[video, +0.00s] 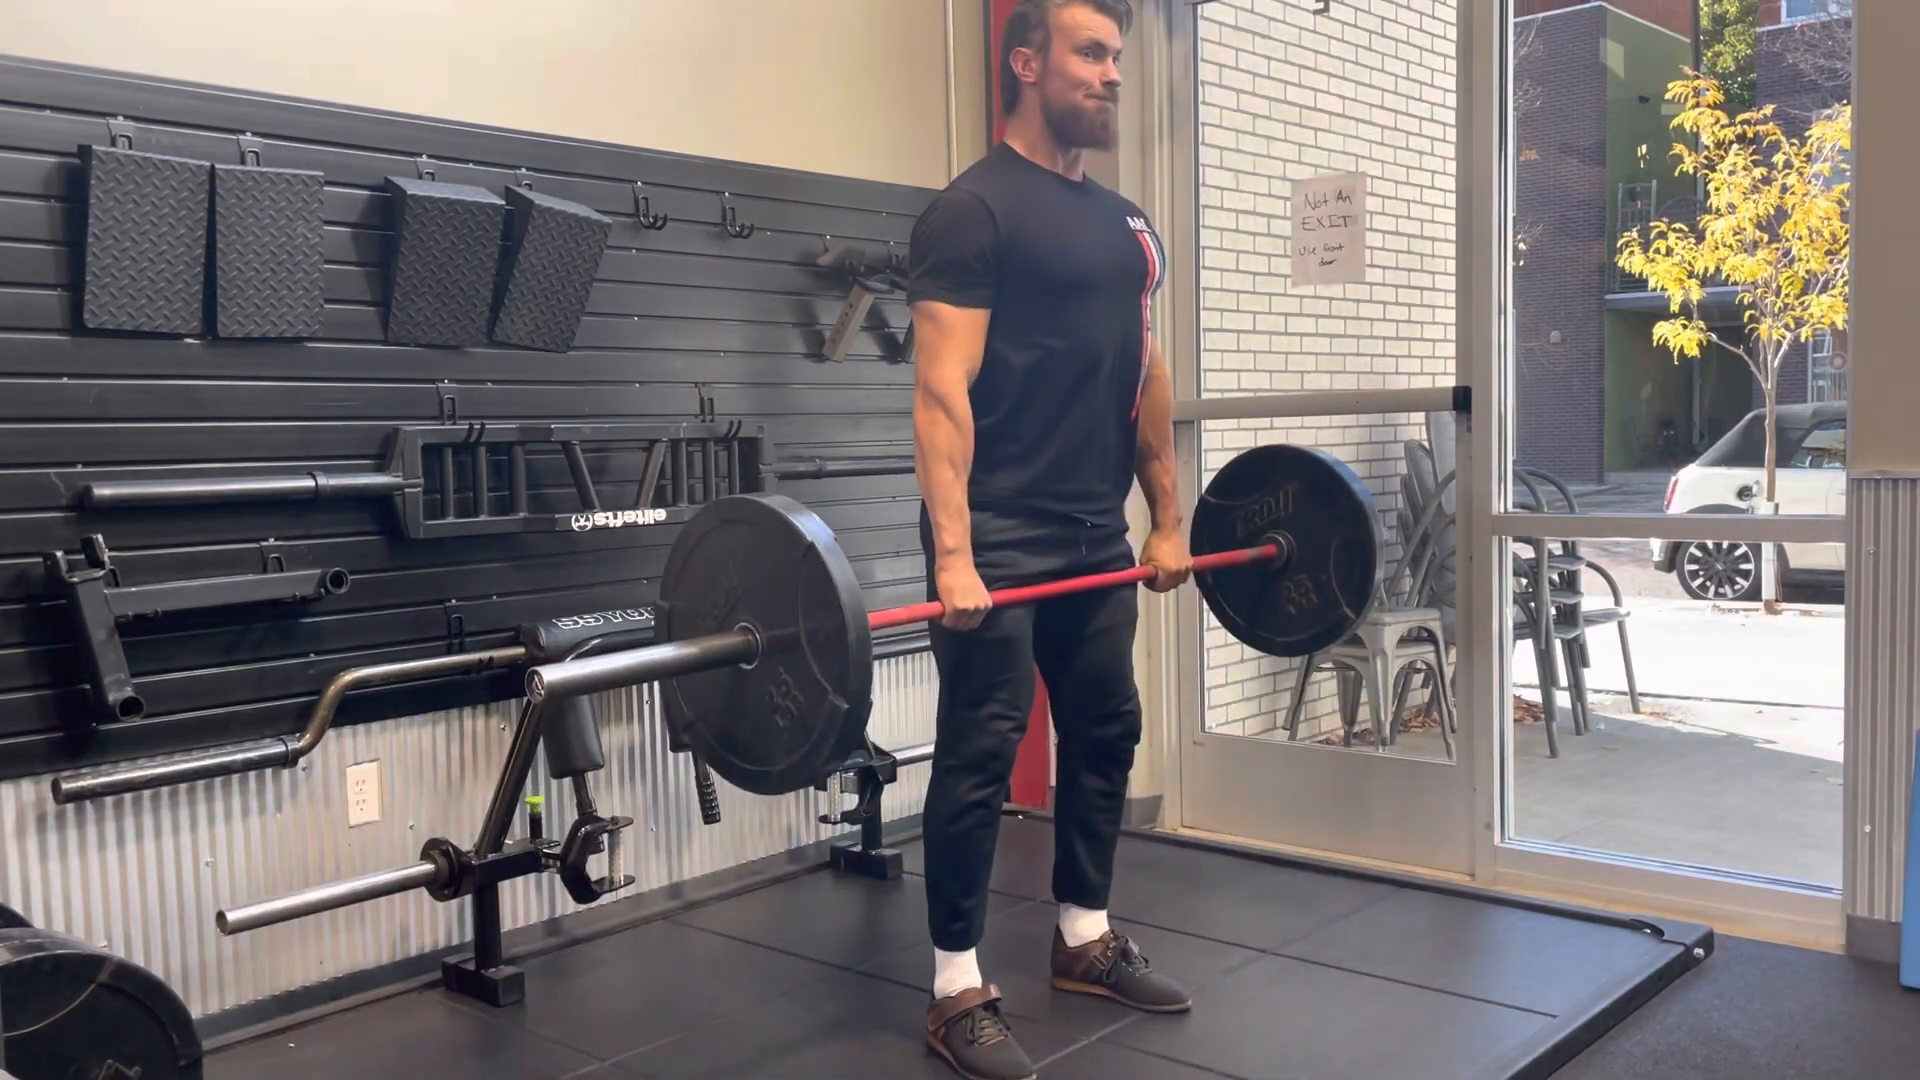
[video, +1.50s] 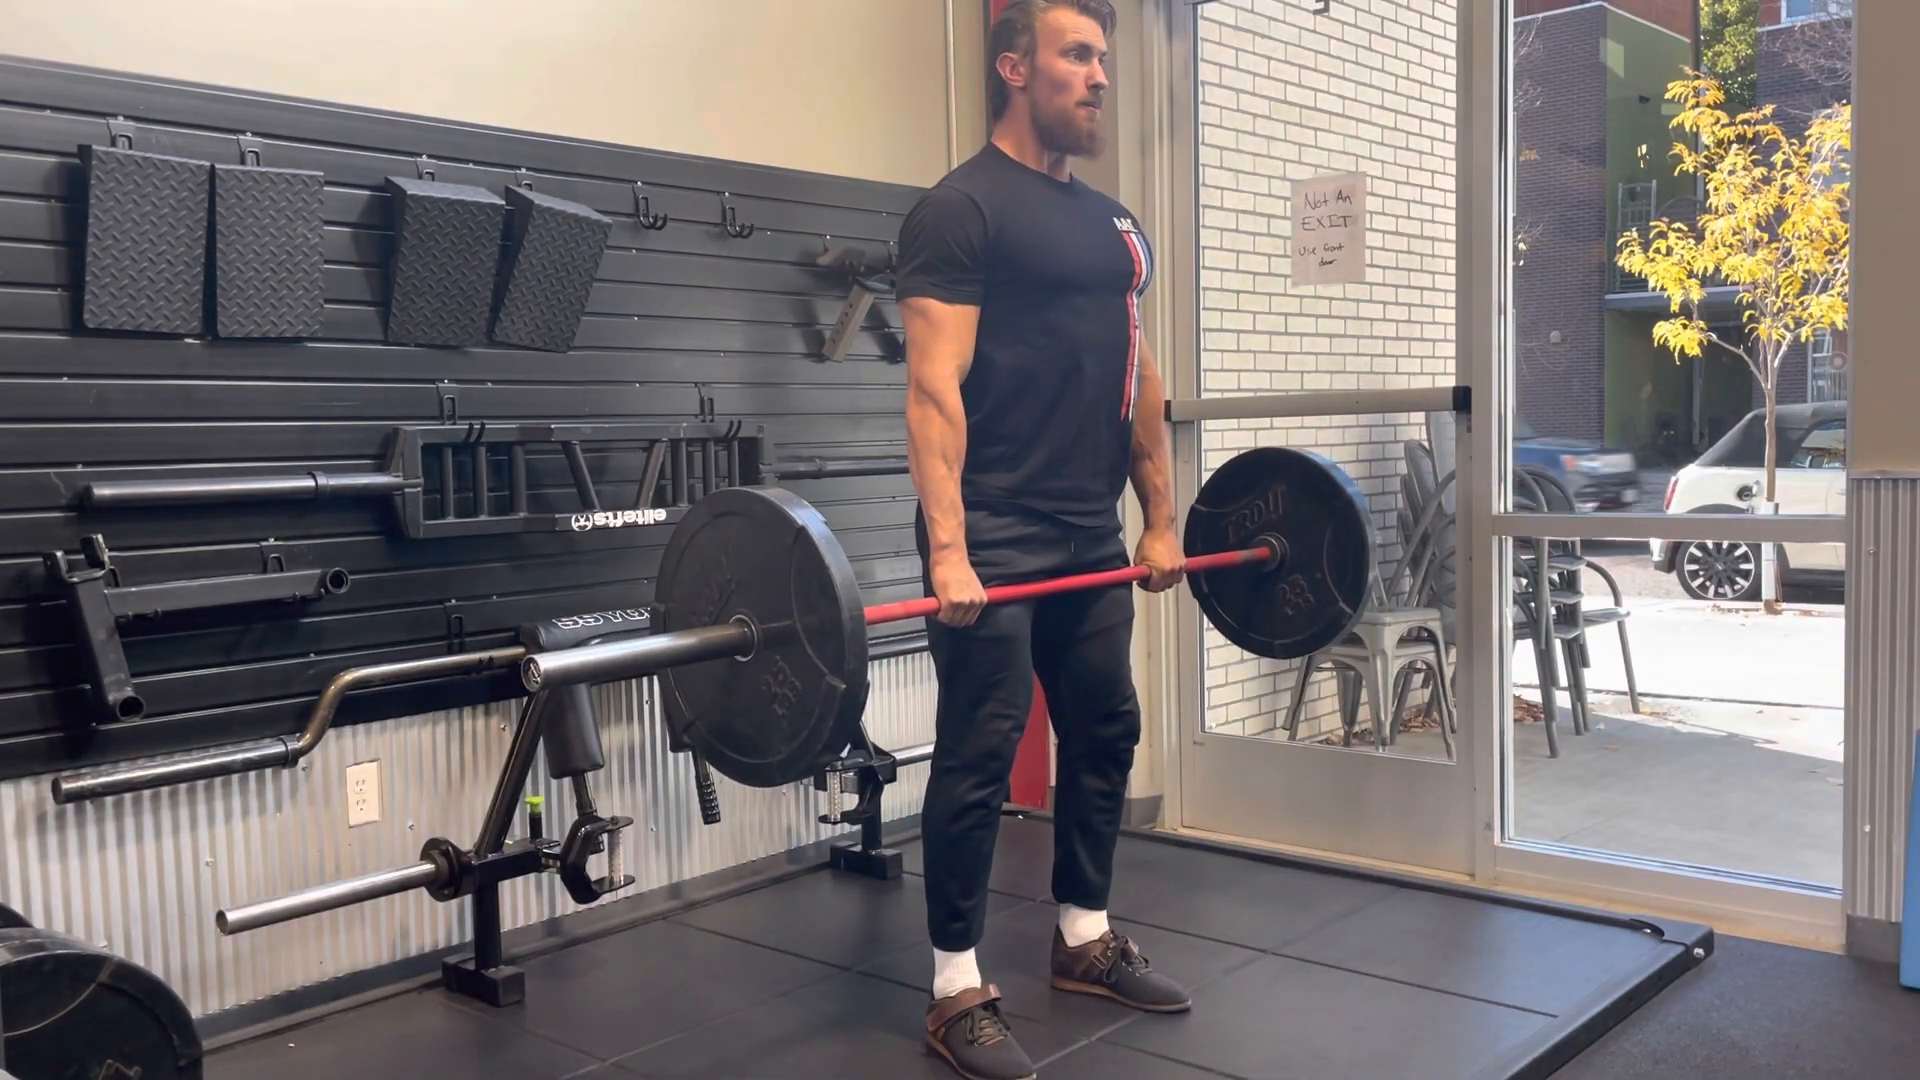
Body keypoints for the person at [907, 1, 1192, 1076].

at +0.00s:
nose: (1113, 76)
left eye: (1117, 58)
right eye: (1092, 53)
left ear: (1111, 74)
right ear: (1022, 63)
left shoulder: (1127, 223)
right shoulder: (969, 210)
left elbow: (1145, 379)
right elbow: (940, 399)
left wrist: (1168, 516)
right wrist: (952, 553)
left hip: (1094, 529)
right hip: (991, 534)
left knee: (1103, 733)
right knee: (982, 750)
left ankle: (1084, 939)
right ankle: (956, 987)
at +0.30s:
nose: (1111, 76)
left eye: (1117, 58)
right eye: (1090, 53)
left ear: (1113, 77)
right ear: (1021, 66)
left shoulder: (1127, 225)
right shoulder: (969, 209)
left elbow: (1144, 379)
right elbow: (940, 397)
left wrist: (1168, 516)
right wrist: (952, 551)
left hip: (1092, 529)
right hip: (989, 534)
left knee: (1105, 730)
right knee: (984, 747)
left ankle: (1084, 939)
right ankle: (956, 986)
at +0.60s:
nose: (1110, 77)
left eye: (1114, 60)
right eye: (1089, 54)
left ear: (1107, 79)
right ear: (1020, 66)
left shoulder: (1122, 225)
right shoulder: (966, 209)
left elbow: (1143, 377)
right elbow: (939, 395)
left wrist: (1168, 516)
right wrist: (951, 548)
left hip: (1092, 528)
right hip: (990, 534)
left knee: (1105, 730)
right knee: (984, 748)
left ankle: (1084, 939)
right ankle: (956, 986)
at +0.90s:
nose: (1110, 76)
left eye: (1113, 58)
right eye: (1088, 53)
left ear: (1103, 78)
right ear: (1019, 68)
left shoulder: (1120, 222)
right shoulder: (963, 208)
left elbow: (1141, 377)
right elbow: (937, 393)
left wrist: (1165, 518)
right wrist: (948, 547)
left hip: (1091, 527)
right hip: (989, 531)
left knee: (1105, 728)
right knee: (984, 743)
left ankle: (1085, 939)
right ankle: (957, 986)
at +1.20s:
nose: (1104, 76)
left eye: (1107, 59)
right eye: (1083, 54)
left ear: (1091, 80)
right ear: (1016, 69)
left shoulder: (1118, 222)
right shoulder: (959, 206)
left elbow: (1139, 379)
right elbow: (934, 392)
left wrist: (1162, 519)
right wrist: (946, 547)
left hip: (1090, 527)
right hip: (987, 531)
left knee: (1104, 732)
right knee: (981, 750)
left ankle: (1084, 937)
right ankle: (957, 983)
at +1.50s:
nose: (1101, 77)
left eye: (1104, 60)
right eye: (1079, 55)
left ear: (1089, 80)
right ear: (1012, 70)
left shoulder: (1113, 220)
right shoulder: (956, 208)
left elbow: (1137, 378)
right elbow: (932, 394)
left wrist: (1159, 519)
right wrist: (946, 548)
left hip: (1088, 527)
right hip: (986, 531)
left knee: (1103, 731)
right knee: (981, 749)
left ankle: (1084, 937)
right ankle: (958, 984)